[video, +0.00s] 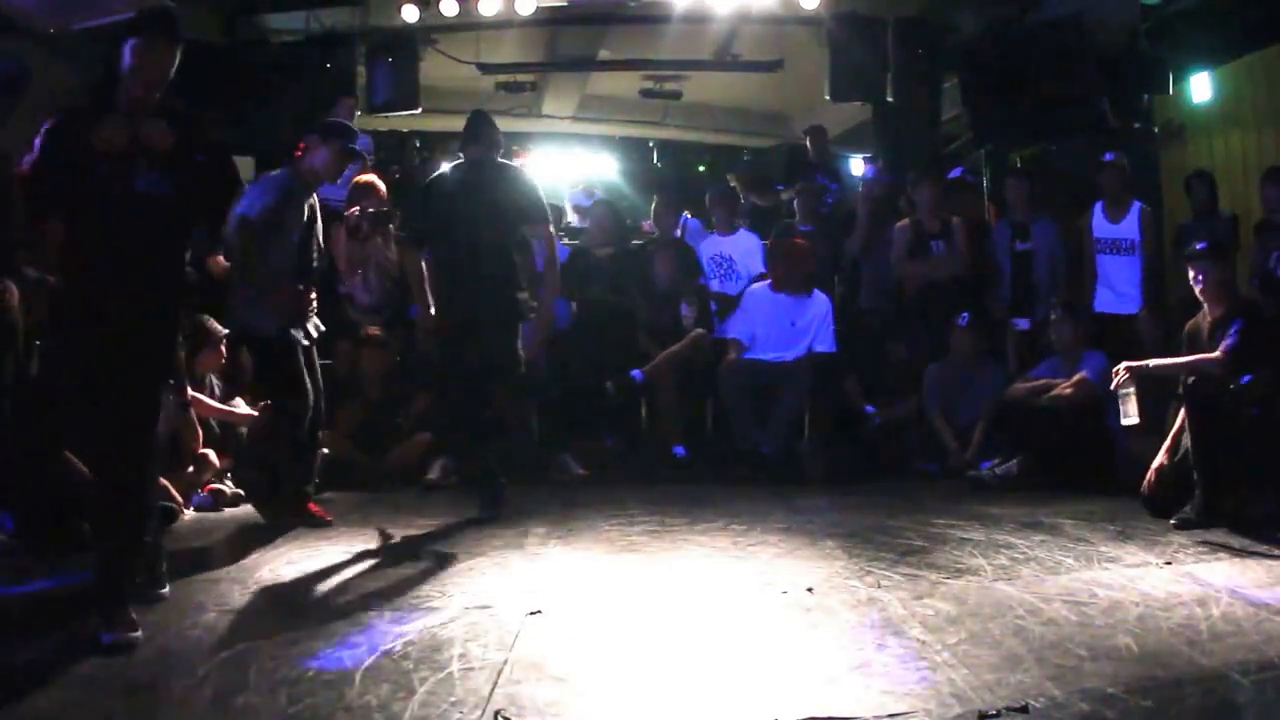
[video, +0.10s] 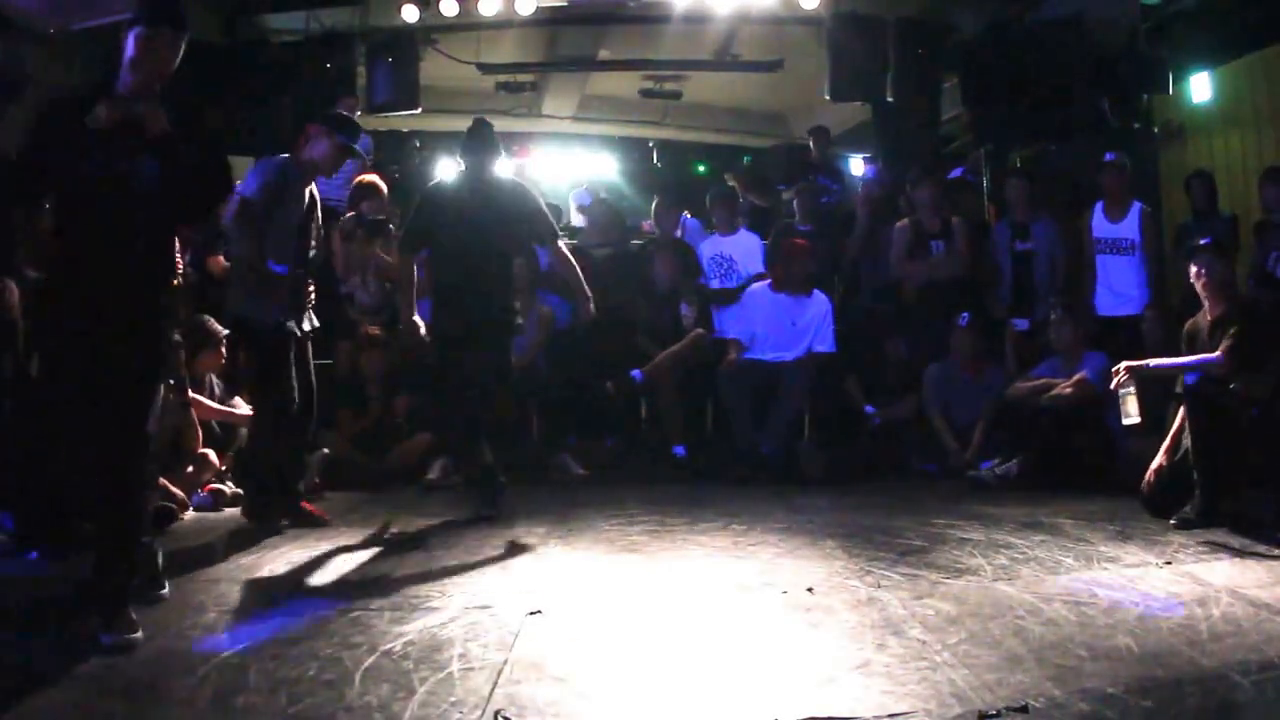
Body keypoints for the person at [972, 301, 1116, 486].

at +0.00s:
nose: (1053, 333)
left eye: (1060, 326)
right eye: (1052, 327)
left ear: (1077, 329)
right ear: (1048, 332)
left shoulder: (1095, 360)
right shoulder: (1054, 362)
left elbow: (1070, 393)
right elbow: (1012, 392)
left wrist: (1035, 401)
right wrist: (1054, 384)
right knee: (1004, 407)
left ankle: (1019, 463)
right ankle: (1001, 459)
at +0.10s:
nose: (1053, 334)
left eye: (1060, 327)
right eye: (1052, 328)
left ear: (1077, 330)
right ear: (1048, 332)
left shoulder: (1096, 361)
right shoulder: (1054, 363)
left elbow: (1070, 393)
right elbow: (1012, 392)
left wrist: (1038, 399)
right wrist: (1054, 383)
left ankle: (1020, 463)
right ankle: (1003, 458)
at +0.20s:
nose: (1053, 335)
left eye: (1060, 328)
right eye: (1051, 329)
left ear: (1076, 331)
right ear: (1048, 334)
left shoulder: (1095, 361)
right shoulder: (1054, 363)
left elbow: (1071, 393)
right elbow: (1012, 392)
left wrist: (1039, 399)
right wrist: (1055, 383)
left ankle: (1020, 464)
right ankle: (1002, 459)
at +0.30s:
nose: (1054, 334)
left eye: (1061, 327)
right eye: (1051, 328)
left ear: (1076, 331)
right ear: (1048, 333)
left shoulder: (1094, 360)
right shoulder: (1054, 363)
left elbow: (1072, 393)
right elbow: (1012, 392)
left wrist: (1039, 399)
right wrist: (1055, 383)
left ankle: (1020, 463)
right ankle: (1001, 459)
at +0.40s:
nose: (1054, 335)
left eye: (1060, 328)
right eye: (1052, 329)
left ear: (1076, 330)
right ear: (1048, 334)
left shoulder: (1093, 360)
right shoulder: (1054, 362)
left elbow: (1072, 393)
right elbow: (1012, 393)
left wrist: (1038, 400)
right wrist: (1055, 383)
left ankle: (1021, 462)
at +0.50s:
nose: (1056, 337)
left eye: (1061, 330)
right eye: (1053, 331)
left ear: (1075, 331)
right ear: (1049, 335)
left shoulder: (1093, 361)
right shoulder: (1054, 363)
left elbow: (1073, 393)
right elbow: (1012, 393)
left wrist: (1038, 400)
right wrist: (1054, 384)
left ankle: (1022, 462)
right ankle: (1005, 457)